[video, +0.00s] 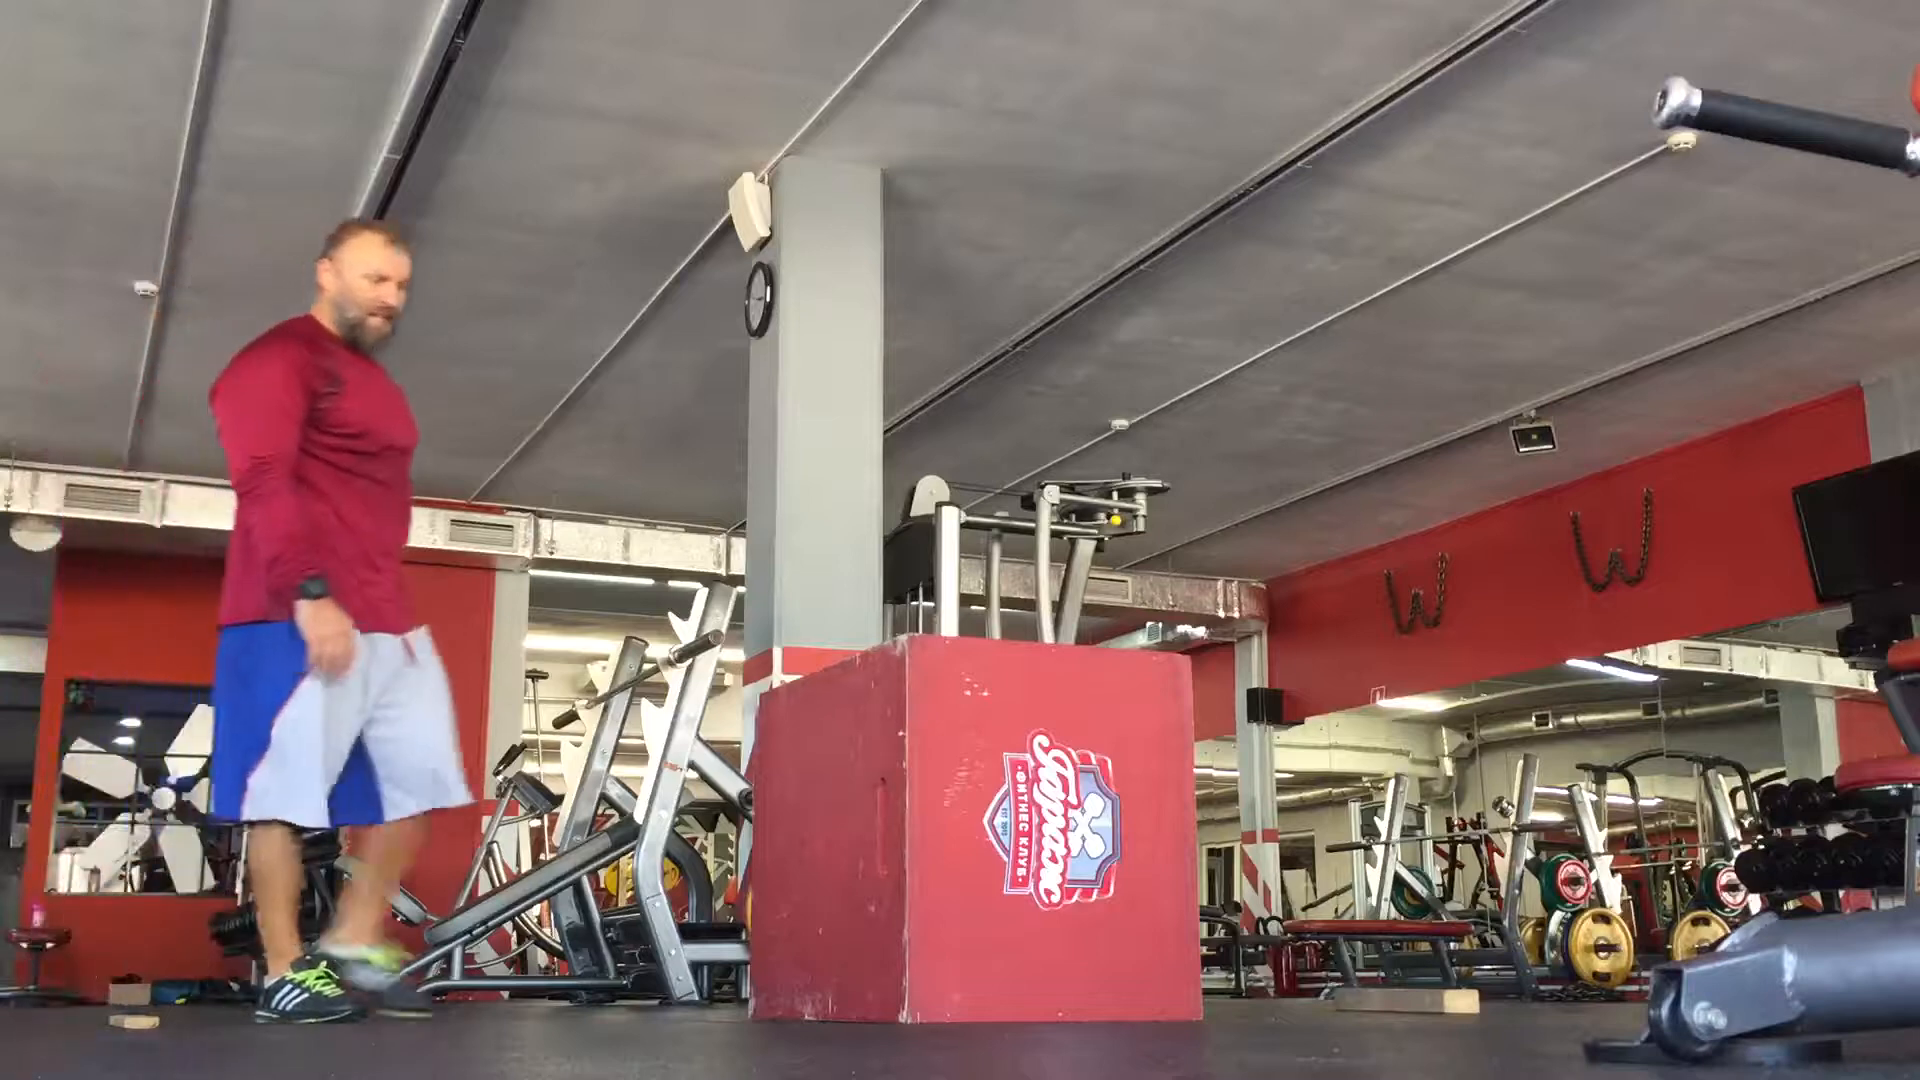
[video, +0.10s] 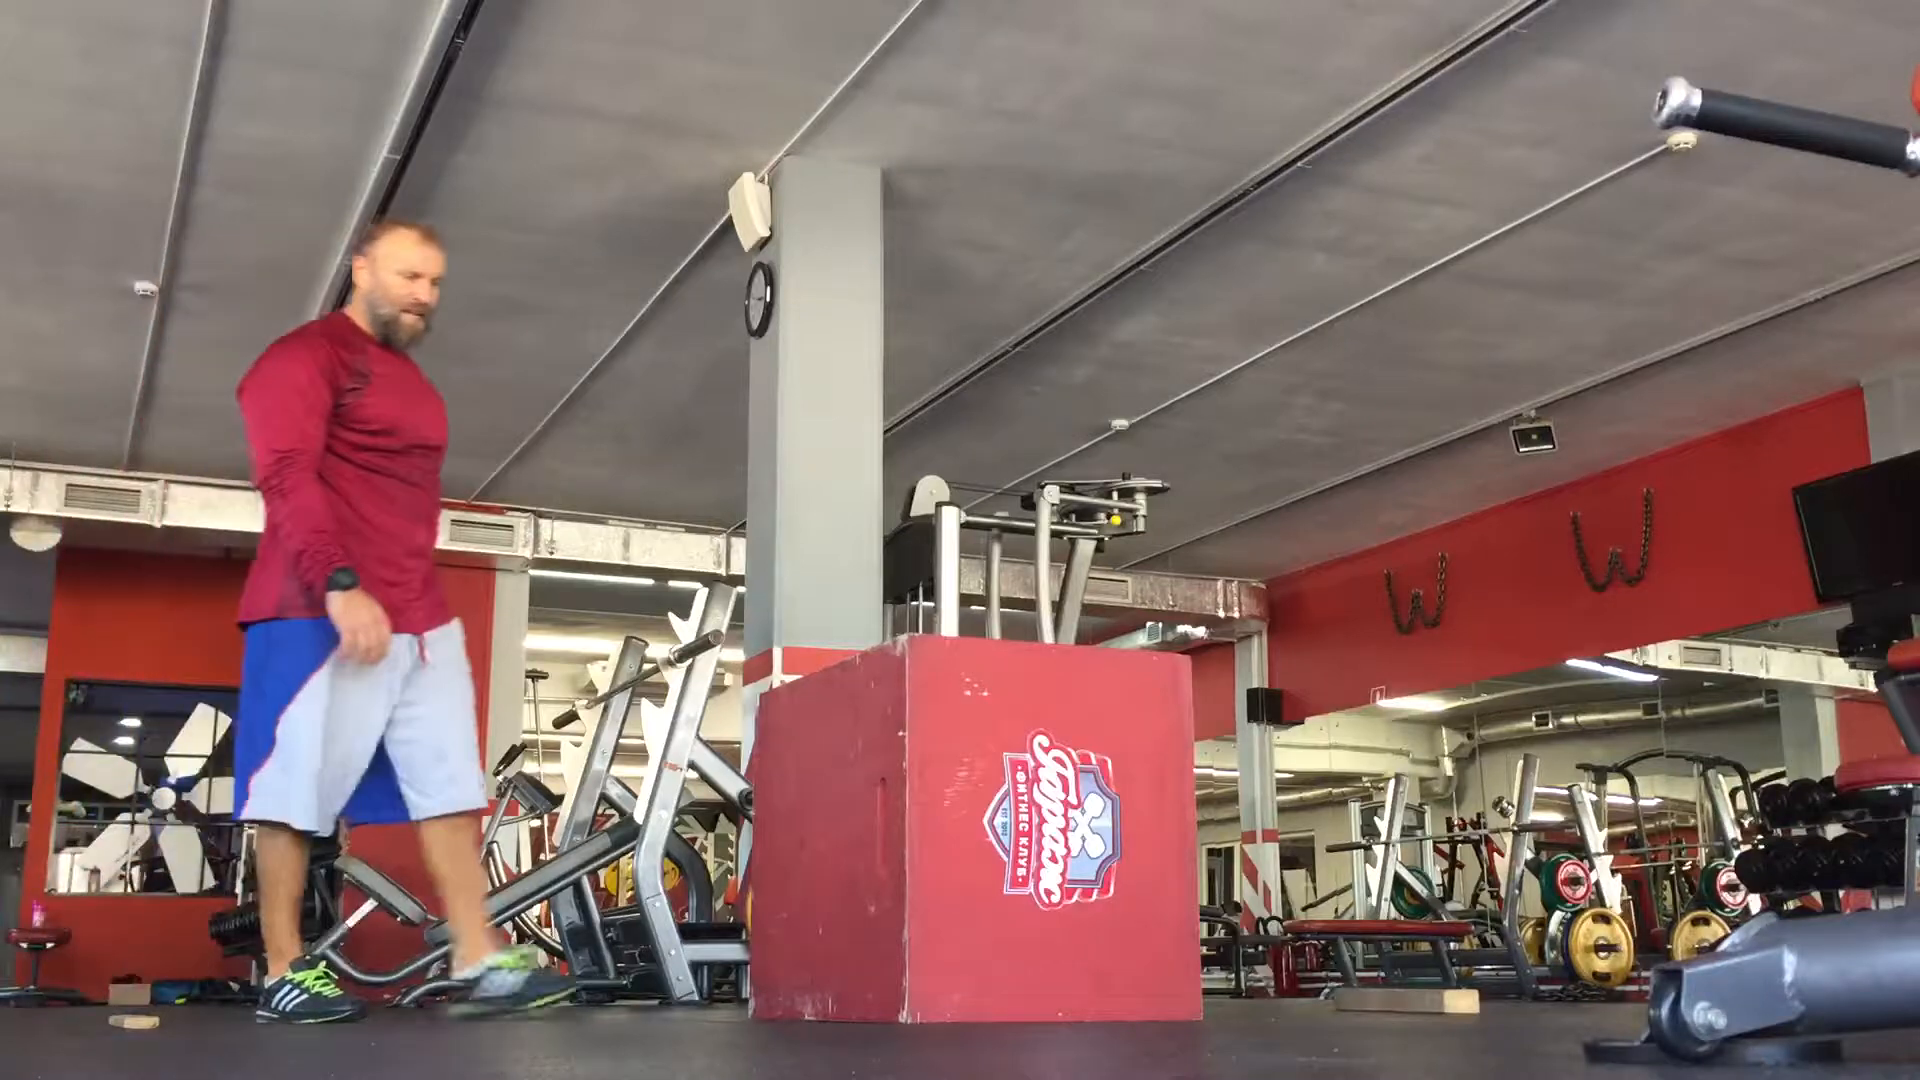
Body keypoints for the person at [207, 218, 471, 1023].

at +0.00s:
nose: (392, 297)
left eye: (401, 285)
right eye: (377, 279)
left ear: (404, 292)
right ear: (327, 275)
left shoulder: (371, 378)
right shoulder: (278, 361)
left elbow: (353, 505)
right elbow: (265, 485)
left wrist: (391, 616)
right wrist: (309, 593)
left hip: (377, 619)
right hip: (289, 616)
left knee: (415, 783)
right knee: (278, 795)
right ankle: (283, 972)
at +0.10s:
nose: (426, 294)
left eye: (435, 284)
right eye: (411, 275)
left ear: (438, 294)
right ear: (360, 270)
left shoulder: (412, 383)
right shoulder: (302, 359)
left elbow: (396, 500)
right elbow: (287, 476)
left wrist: (415, 598)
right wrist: (340, 583)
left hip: (420, 611)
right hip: (315, 610)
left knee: (448, 786)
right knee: (289, 794)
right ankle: (283, 973)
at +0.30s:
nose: (498, 290)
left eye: (508, 278)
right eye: (482, 271)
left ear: (510, 289)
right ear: (432, 267)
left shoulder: (503, 391)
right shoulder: (367, 356)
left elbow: (507, 508)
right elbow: (337, 470)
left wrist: (524, 605)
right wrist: (359, 580)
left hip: (499, 617)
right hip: (391, 612)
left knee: (516, 786)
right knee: (337, 785)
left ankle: (536, 967)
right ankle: (294, 963)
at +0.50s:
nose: (568, 269)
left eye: (579, 256)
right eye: (552, 249)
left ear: (584, 268)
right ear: (503, 245)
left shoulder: (588, 376)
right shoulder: (429, 334)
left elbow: (610, 499)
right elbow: (376, 439)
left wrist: (644, 613)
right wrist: (355, 559)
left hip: (556, 599)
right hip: (451, 583)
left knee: (557, 771)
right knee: (463, 759)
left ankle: (534, 965)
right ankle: (387, 892)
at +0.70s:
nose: (603, 251)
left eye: (616, 237)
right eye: (588, 231)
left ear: (627, 243)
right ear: (541, 226)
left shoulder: (644, 352)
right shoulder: (470, 321)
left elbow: (677, 466)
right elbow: (409, 430)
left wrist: (726, 558)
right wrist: (379, 552)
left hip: (598, 583)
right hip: (496, 569)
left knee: (578, 766)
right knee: (513, 742)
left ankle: (540, 964)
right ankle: (538, 951)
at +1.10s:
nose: (640, 209)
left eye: (651, 191)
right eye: (620, 189)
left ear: (664, 190)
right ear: (571, 182)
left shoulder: (695, 294)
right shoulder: (507, 288)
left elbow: (726, 425)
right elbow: (465, 419)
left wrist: (738, 539)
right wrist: (473, 545)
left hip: (685, 568)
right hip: (562, 566)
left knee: (718, 743)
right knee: (545, 751)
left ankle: (640, 910)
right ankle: (559, 949)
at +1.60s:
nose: (794, 201)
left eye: (810, 186)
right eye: (777, 182)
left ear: (829, 179)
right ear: (733, 160)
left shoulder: (851, 301)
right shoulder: (646, 244)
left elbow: (871, 440)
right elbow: (578, 365)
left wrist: (888, 563)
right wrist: (536, 488)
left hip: (769, 551)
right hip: (633, 534)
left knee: (782, 746)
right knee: (597, 741)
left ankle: (780, 960)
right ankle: (574, 951)